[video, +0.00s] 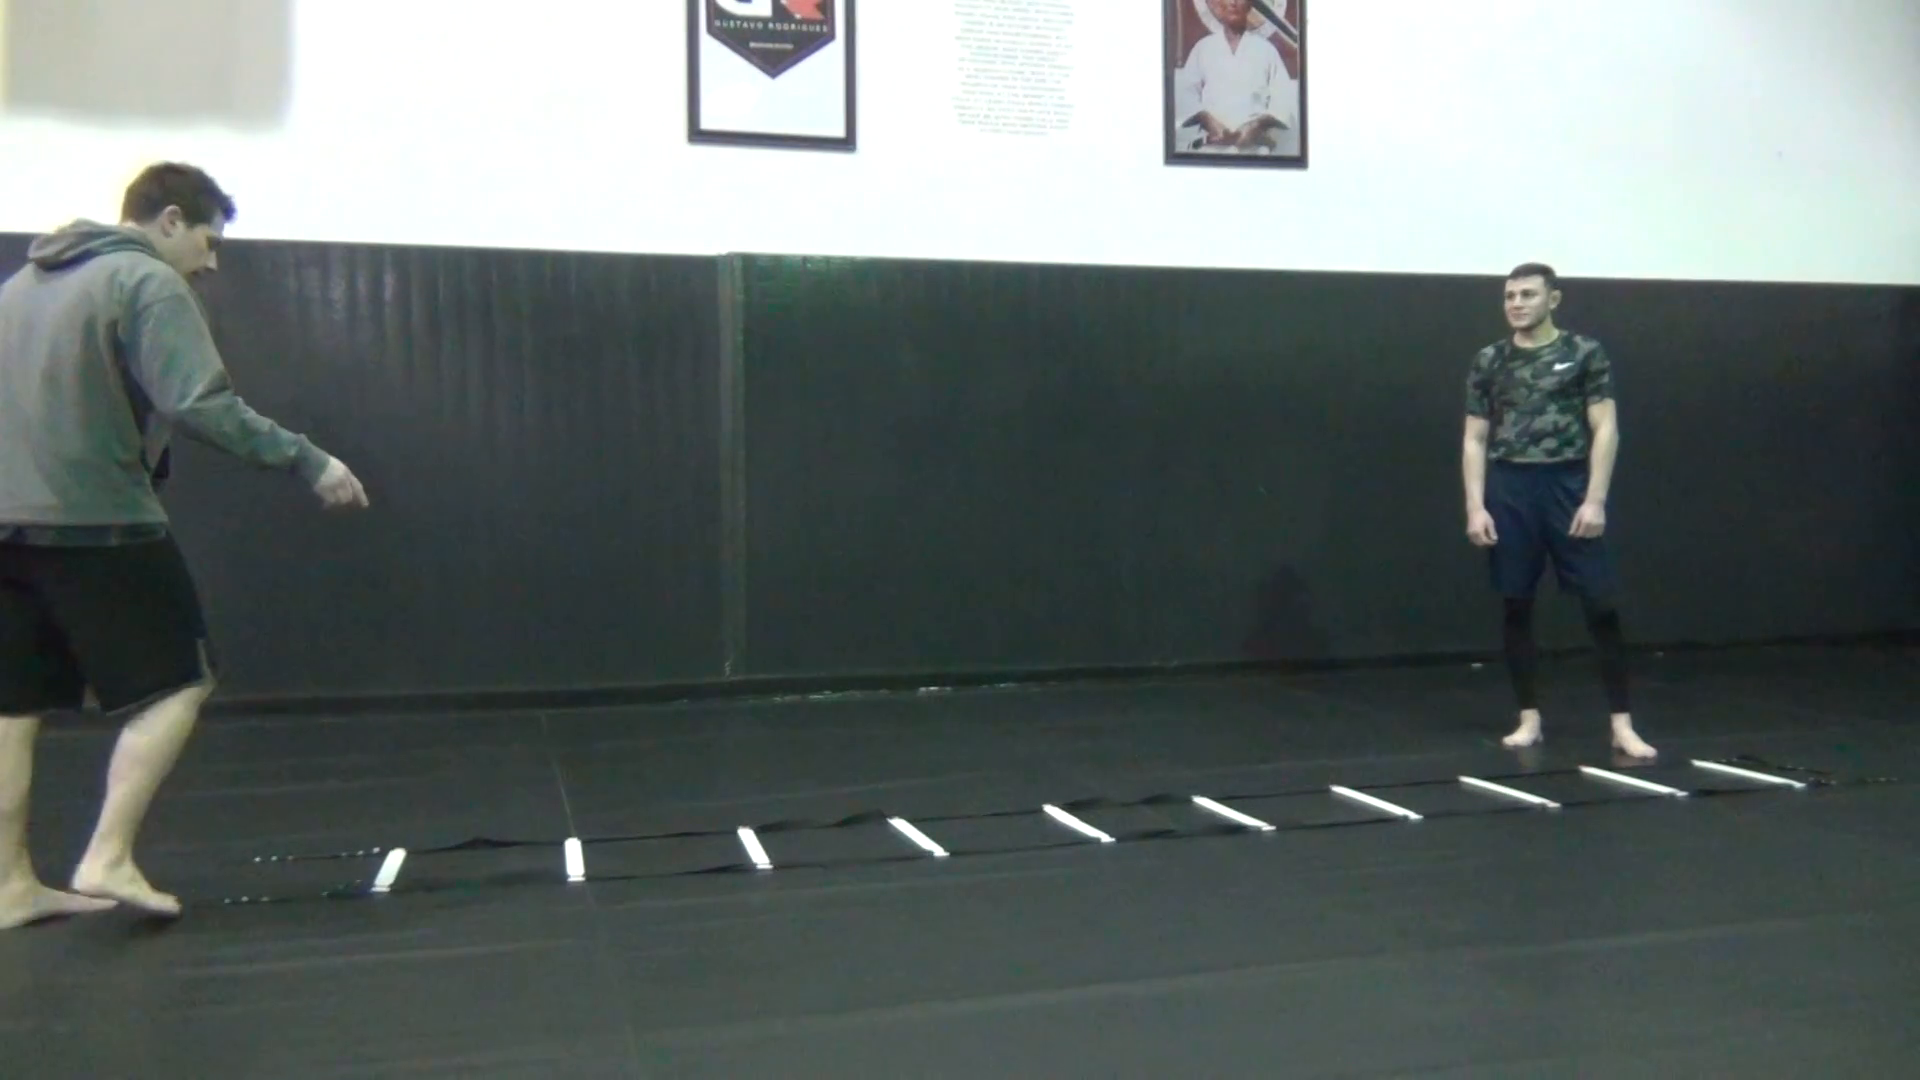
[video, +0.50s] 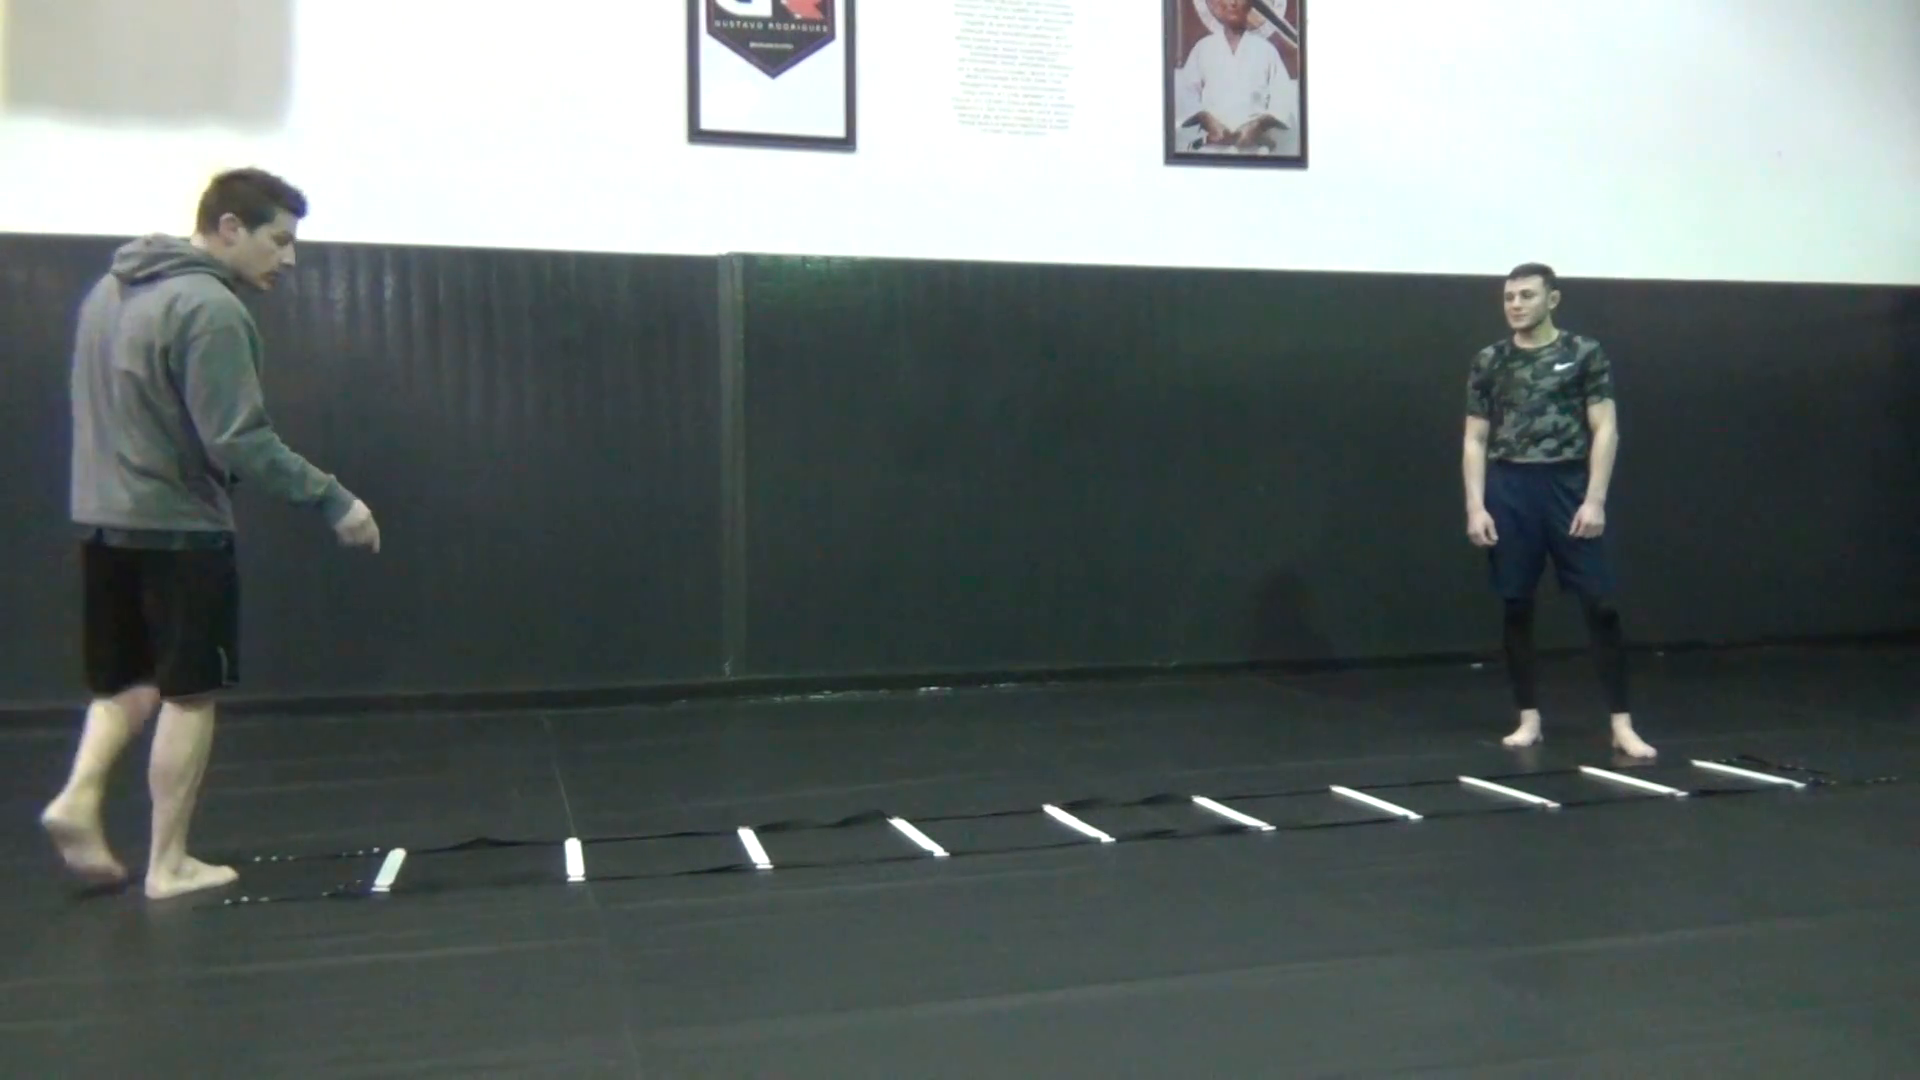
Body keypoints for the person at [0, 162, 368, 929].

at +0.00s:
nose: (210, 262)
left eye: (214, 245)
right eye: (207, 241)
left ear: (147, 216)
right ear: (169, 219)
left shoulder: (25, 280)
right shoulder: (147, 279)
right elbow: (197, 401)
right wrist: (311, 461)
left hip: (10, 519)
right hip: (99, 520)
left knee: (13, 704)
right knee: (176, 683)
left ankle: (12, 883)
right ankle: (108, 859)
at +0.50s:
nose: (287, 260)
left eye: (291, 244)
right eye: (279, 241)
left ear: (222, 231)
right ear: (227, 228)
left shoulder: (111, 288)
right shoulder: (210, 308)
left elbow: (106, 404)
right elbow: (238, 439)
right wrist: (335, 500)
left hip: (106, 521)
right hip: (180, 528)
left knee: (132, 681)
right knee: (192, 691)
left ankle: (77, 799)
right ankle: (168, 864)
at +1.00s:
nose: (332, 262)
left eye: (333, 247)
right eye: (320, 247)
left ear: (277, 250)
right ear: (267, 246)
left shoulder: (266, 315)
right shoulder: (230, 320)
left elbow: (265, 432)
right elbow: (227, 438)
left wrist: (293, 519)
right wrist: (322, 488)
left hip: (255, 529)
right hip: (222, 530)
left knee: (267, 672)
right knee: (227, 679)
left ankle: (283, 802)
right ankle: (166, 847)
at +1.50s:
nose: (396, 260)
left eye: (396, 247)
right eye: (384, 246)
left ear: (342, 249)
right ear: (337, 245)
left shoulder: (331, 312)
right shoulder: (312, 315)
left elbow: (339, 428)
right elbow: (303, 421)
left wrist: (389, 504)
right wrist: (385, 474)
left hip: (294, 513)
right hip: (324, 512)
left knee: (289, 655)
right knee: (398, 634)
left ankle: (282, 795)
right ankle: (367, 785)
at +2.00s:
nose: (495, 262)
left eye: (495, 250)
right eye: (482, 251)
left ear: (444, 255)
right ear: (438, 254)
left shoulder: (439, 319)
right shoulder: (421, 327)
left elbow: (450, 430)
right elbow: (447, 434)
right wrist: (541, 457)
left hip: (433, 517)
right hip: (439, 521)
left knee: (408, 650)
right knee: (459, 655)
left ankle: (327, 755)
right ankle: (474, 791)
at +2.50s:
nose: (587, 271)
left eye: (587, 259)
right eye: (575, 259)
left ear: (550, 264)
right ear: (530, 261)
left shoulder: (556, 327)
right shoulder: (502, 329)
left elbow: (571, 432)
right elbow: (519, 423)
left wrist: (597, 501)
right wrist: (598, 382)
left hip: (567, 510)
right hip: (524, 513)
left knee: (592, 632)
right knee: (510, 645)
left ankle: (628, 748)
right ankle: (475, 786)